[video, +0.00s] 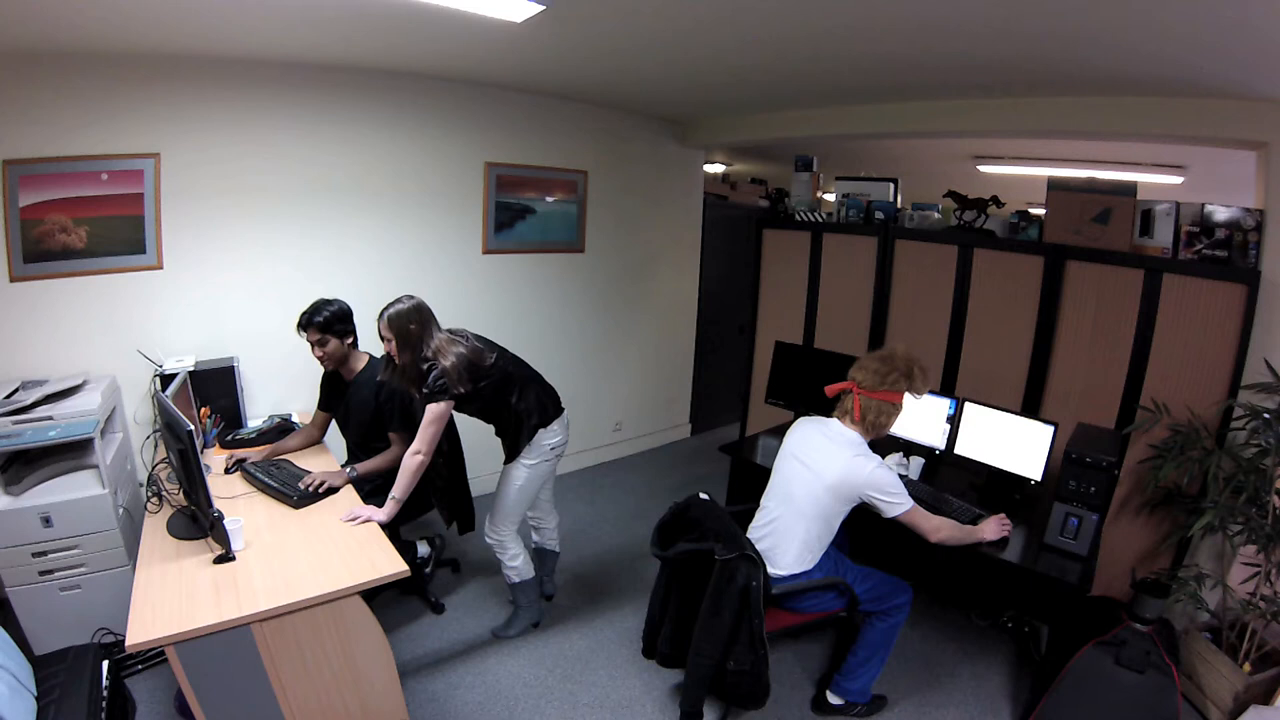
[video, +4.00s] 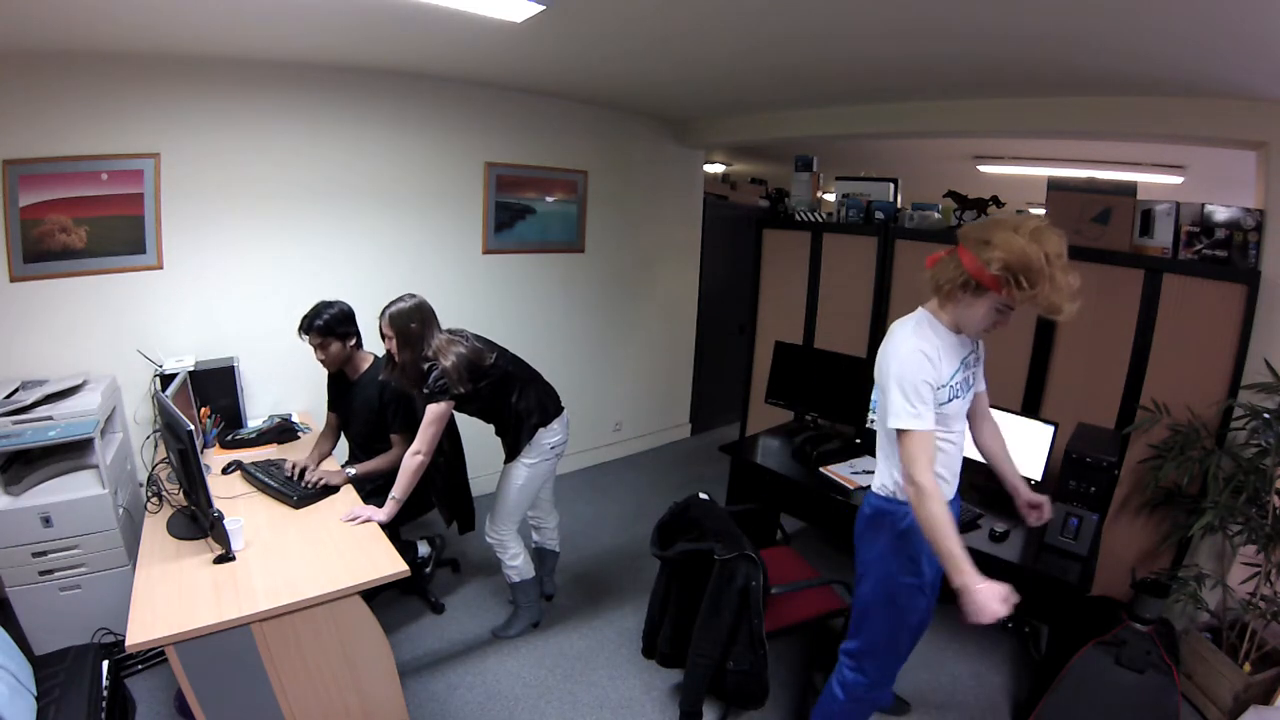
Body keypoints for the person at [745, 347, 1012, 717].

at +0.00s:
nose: (895, 420)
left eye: (897, 412)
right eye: (896, 413)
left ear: (848, 398)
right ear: (886, 417)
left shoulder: (802, 426)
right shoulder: (868, 468)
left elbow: (819, 478)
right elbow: (934, 530)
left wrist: (874, 471)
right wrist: (981, 531)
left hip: (748, 552)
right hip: (786, 577)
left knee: (837, 545)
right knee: (896, 596)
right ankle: (844, 695)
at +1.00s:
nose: (888, 412)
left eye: (889, 403)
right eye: (887, 404)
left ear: (840, 393)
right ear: (874, 407)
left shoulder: (795, 425)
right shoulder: (865, 461)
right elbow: (933, 528)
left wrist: (872, 471)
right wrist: (979, 531)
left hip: (749, 554)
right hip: (791, 576)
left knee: (836, 542)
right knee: (894, 602)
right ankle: (833, 701)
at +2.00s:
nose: (994, 331)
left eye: (1001, 321)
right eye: (995, 318)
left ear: (968, 300)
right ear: (966, 297)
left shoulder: (952, 349)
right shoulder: (901, 365)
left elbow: (968, 424)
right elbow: (909, 497)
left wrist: (1009, 488)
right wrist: (973, 594)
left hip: (907, 520)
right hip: (868, 528)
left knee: (908, 632)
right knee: (867, 681)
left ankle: (877, 697)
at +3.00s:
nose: (1003, 327)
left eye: (1009, 316)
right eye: (1002, 314)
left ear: (985, 295)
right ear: (978, 292)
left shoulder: (963, 338)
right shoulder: (908, 353)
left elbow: (967, 418)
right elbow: (899, 484)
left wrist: (992, 493)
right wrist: (921, 585)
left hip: (945, 506)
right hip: (905, 515)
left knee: (914, 612)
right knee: (875, 643)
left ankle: (876, 688)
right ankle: (837, 712)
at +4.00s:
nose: (1003, 324)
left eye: (1009, 313)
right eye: (1002, 310)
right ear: (974, 287)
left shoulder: (965, 338)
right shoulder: (910, 350)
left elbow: (980, 418)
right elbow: (918, 481)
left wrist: (1018, 488)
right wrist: (968, 581)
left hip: (936, 509)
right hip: (897, 519)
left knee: (908, 615)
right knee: (869, 653)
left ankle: (873, 688)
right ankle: (834, 714)